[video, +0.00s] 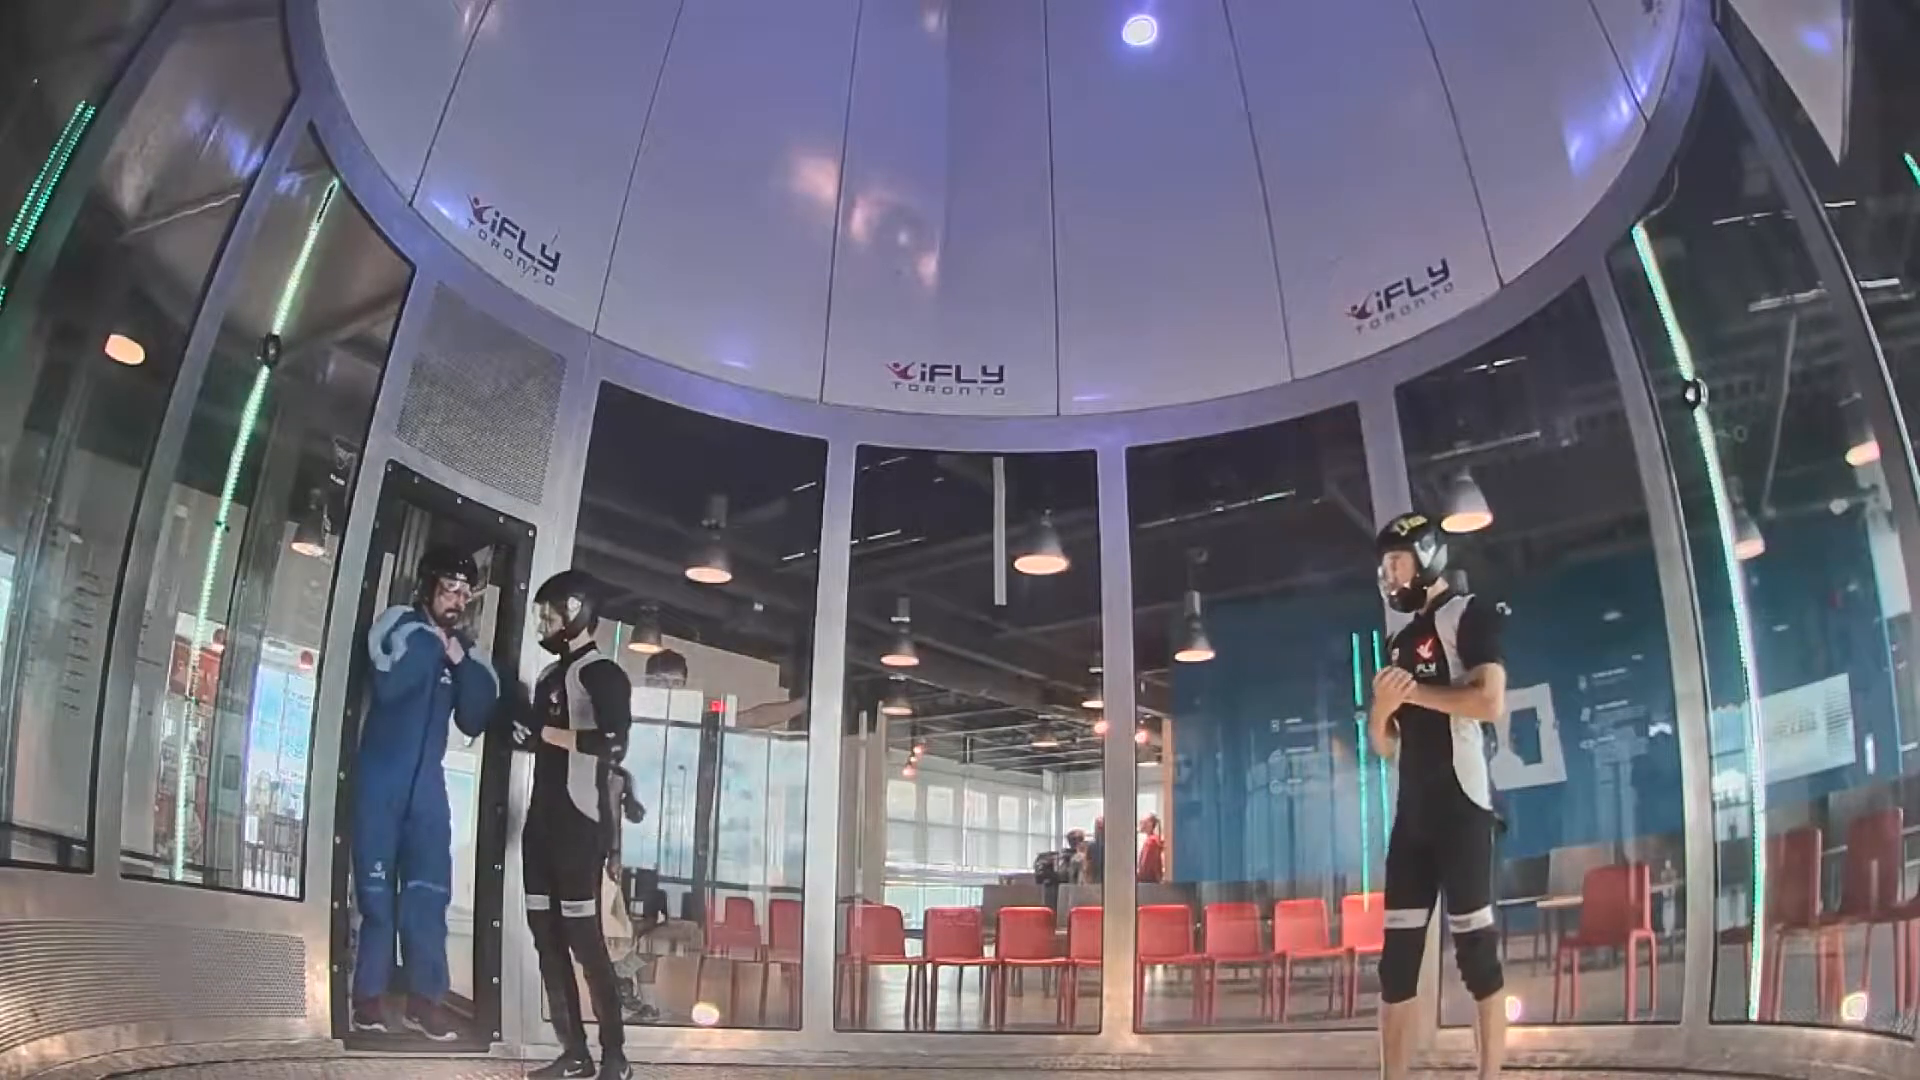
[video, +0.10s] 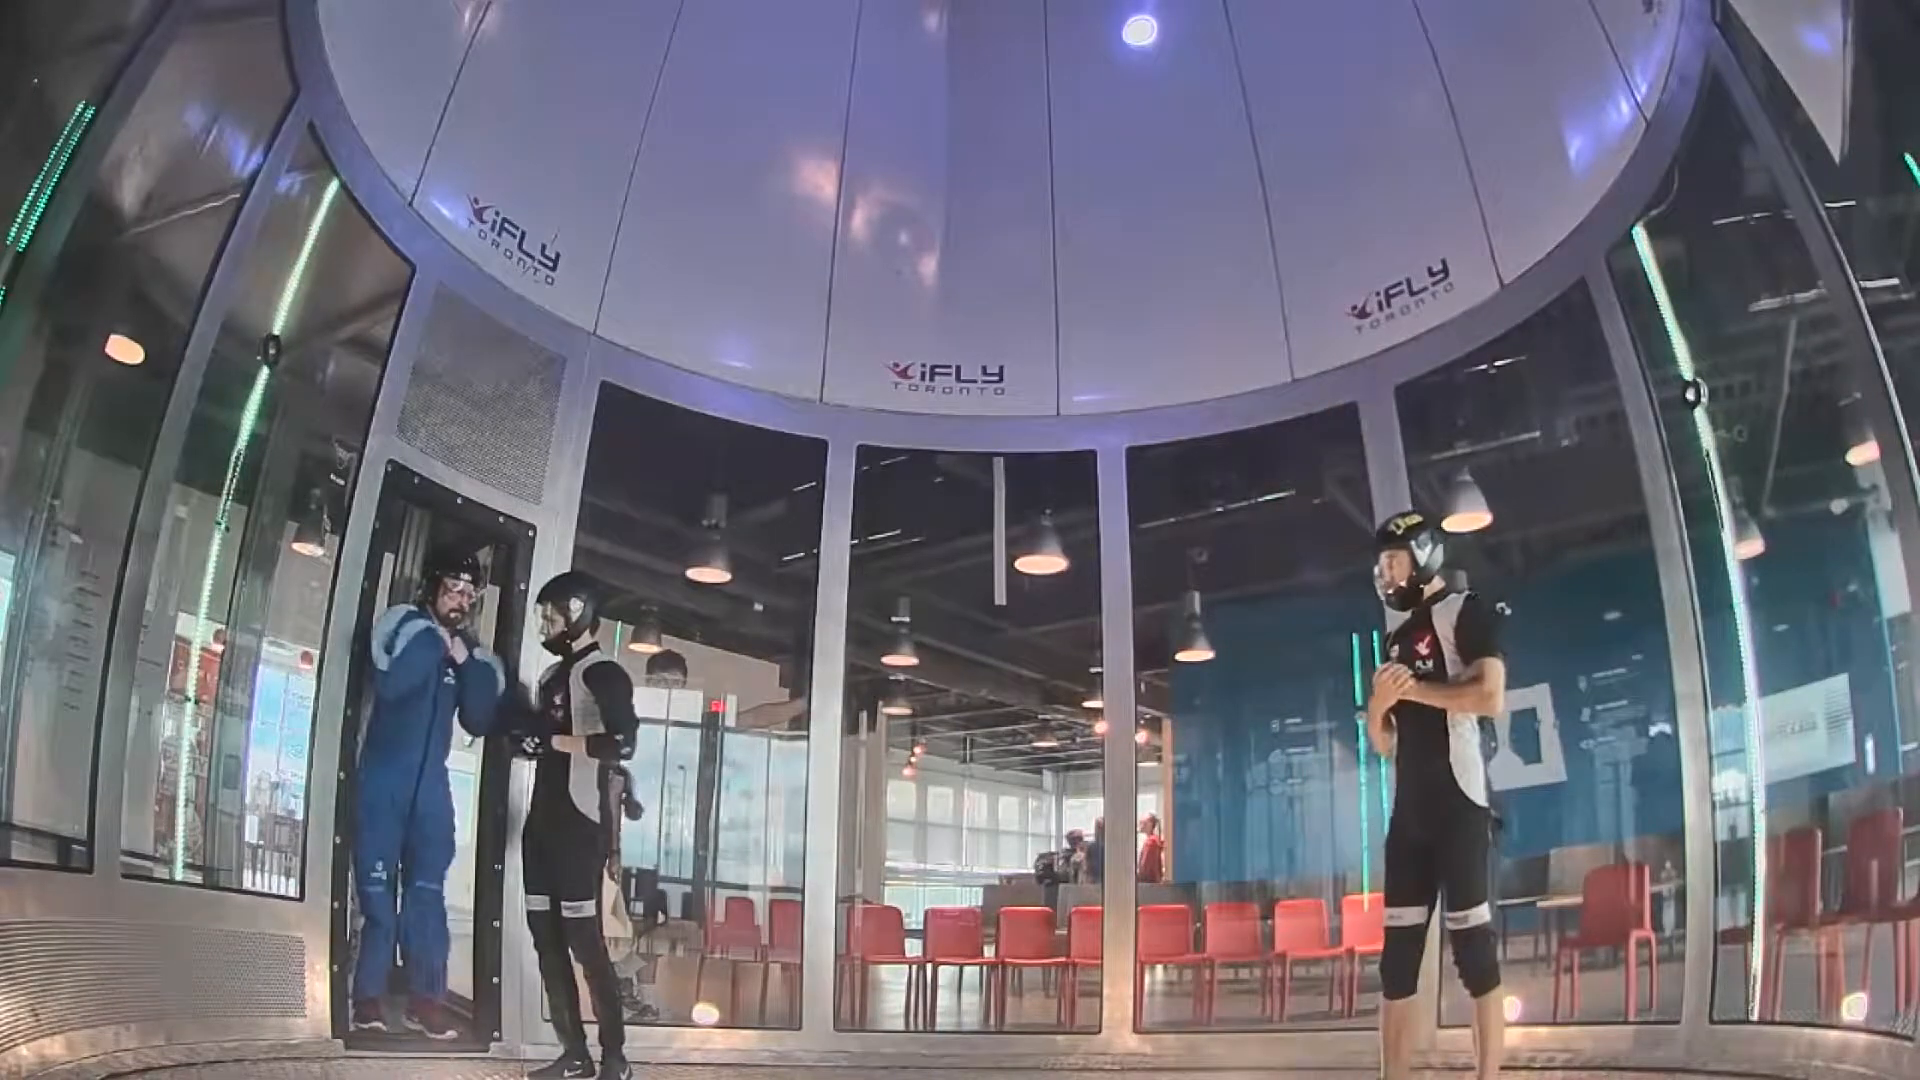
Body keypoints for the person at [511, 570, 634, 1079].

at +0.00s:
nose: (543, 624)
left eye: (550, 614)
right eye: (542, 614)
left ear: (578, 613)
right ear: (566, 615)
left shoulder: (605, 674)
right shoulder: (550, 678)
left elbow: (615, 746)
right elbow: (545, 739)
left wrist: (545, 732)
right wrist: (501, 720)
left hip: (581, 821)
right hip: (541, 818)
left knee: (584, 933)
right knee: (546, 931)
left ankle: (613, 1055)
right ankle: (575, 1052)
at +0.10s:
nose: (545, 625)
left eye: (552, 615)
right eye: (543, 615)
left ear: (579, 613)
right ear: (566, 615)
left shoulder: (605, 672)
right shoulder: (552, 676)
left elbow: (624, 743)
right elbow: (541, 737)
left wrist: (555, 740)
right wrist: (516, 737)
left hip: (581, 822)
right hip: (541, 819)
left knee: (584, 937)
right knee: (546, 935)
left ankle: (613, 1055)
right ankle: (575, 1053)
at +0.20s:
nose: (552, 624)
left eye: (560, 614)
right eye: (551, 615)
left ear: (587, 614)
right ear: (569, 617)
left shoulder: (612, 672)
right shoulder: (557, 678)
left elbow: (627, 748)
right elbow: (552, 744)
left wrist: (557, 746)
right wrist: (512, 746)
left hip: (586, 817)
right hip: (545, 813)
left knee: (587, 934)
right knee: (545, 930)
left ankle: (614, 1055)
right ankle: (575, 1052)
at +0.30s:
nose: (556, 626)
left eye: (565, 617)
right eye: (555, 617)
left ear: (592, 617)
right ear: (568, 618)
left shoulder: (613, 674)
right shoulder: (560, 678)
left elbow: (623, 753)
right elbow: (555, 749)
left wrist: (563, 752)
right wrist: (507, 745)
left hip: (589, 818)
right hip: (547, 812)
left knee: (589, 934)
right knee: (547, 930)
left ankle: (615, 1056)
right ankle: (575, 1052)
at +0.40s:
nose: (564, 627)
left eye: (574, 619)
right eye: (563, 619)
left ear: (601, 622)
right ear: (571, 622)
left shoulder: (620, 681)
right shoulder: (565, 681)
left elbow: (607, 765)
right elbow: (565, 754)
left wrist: (541, 748)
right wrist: (524, 747)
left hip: (591, 822)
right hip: (551, 817)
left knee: (591, 939)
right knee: (551, 939)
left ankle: (615, 1057)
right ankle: (576, 1054)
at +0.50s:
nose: (569, 630)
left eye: (579, 622)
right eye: (567, 621)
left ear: (607, 622)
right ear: (571, 624)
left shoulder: (623, 682)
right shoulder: (568, 683)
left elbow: (598, 761)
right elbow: (564, 756)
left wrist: (541, 741)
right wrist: (521, 742)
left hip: (592, 829)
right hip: (551, 824)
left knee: (592, 941)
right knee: (552, 939)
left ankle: (615, 1059)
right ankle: (577, 1054)